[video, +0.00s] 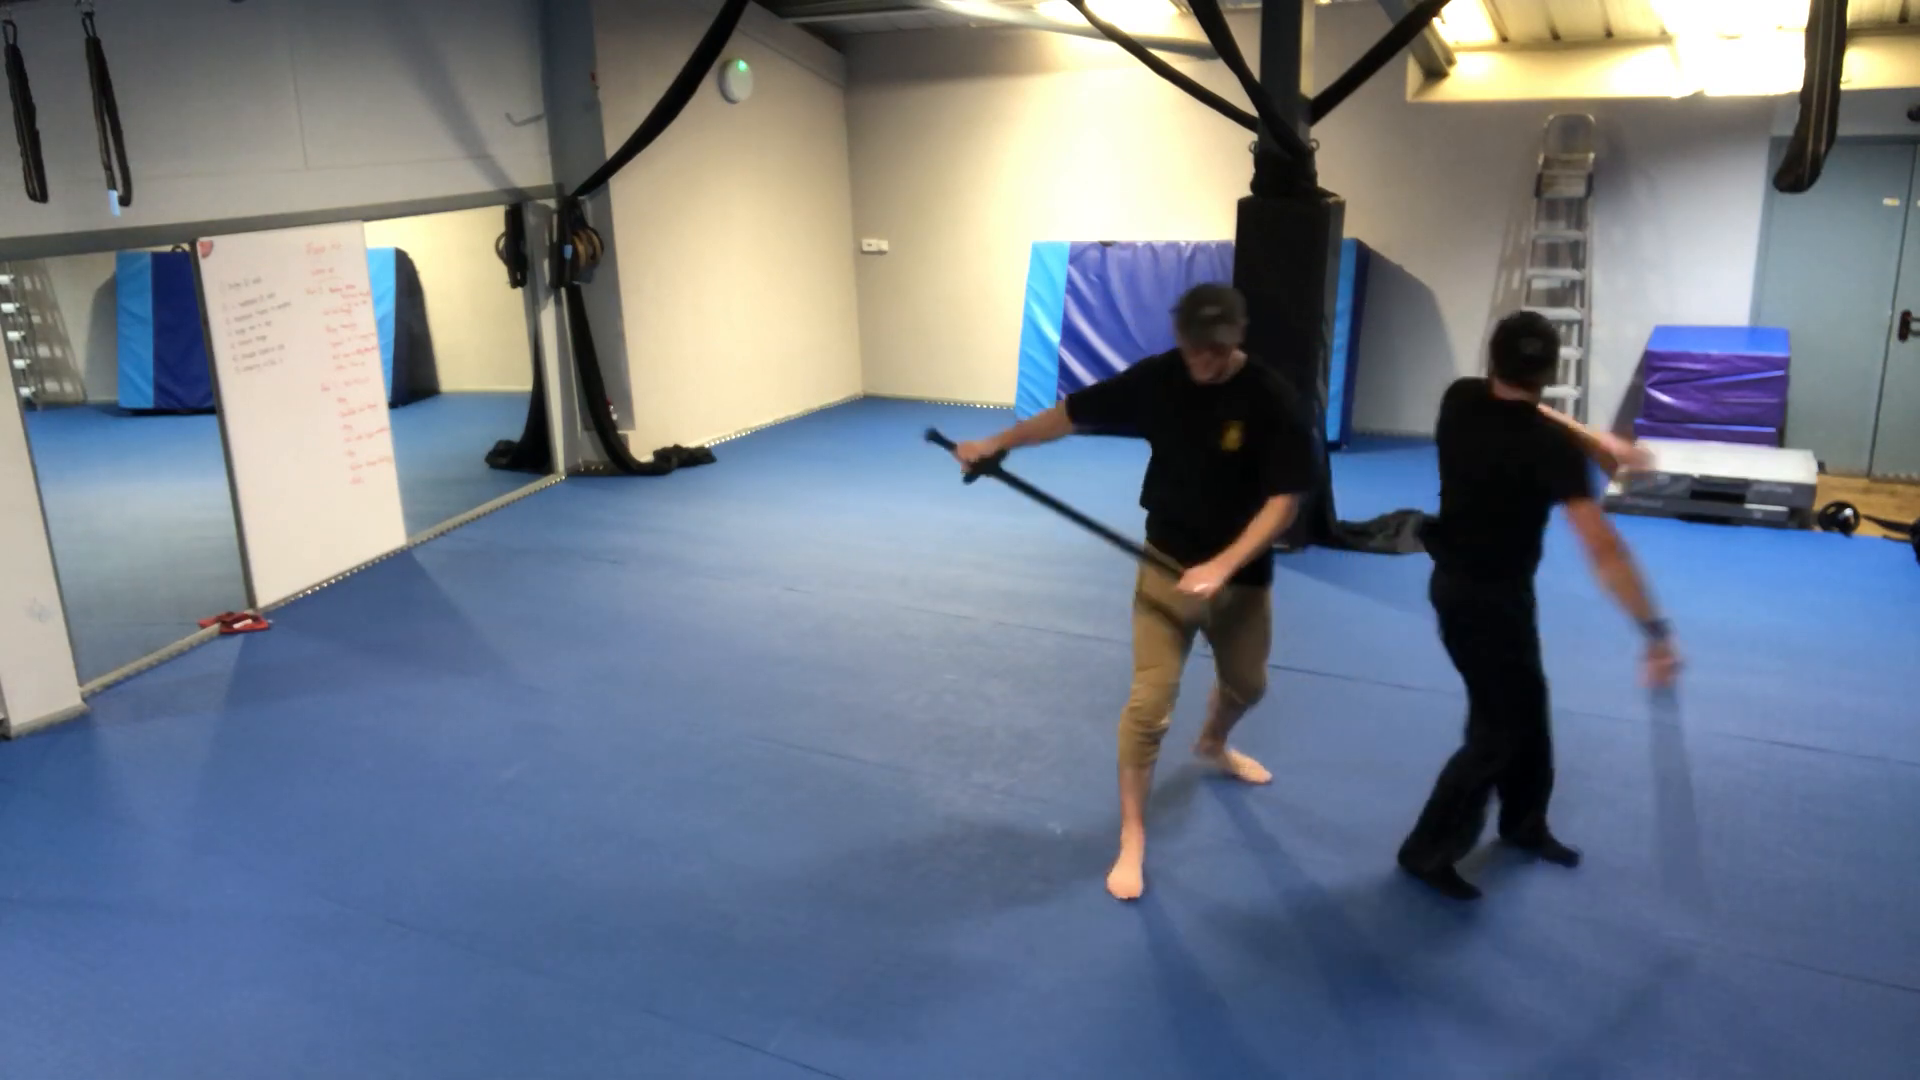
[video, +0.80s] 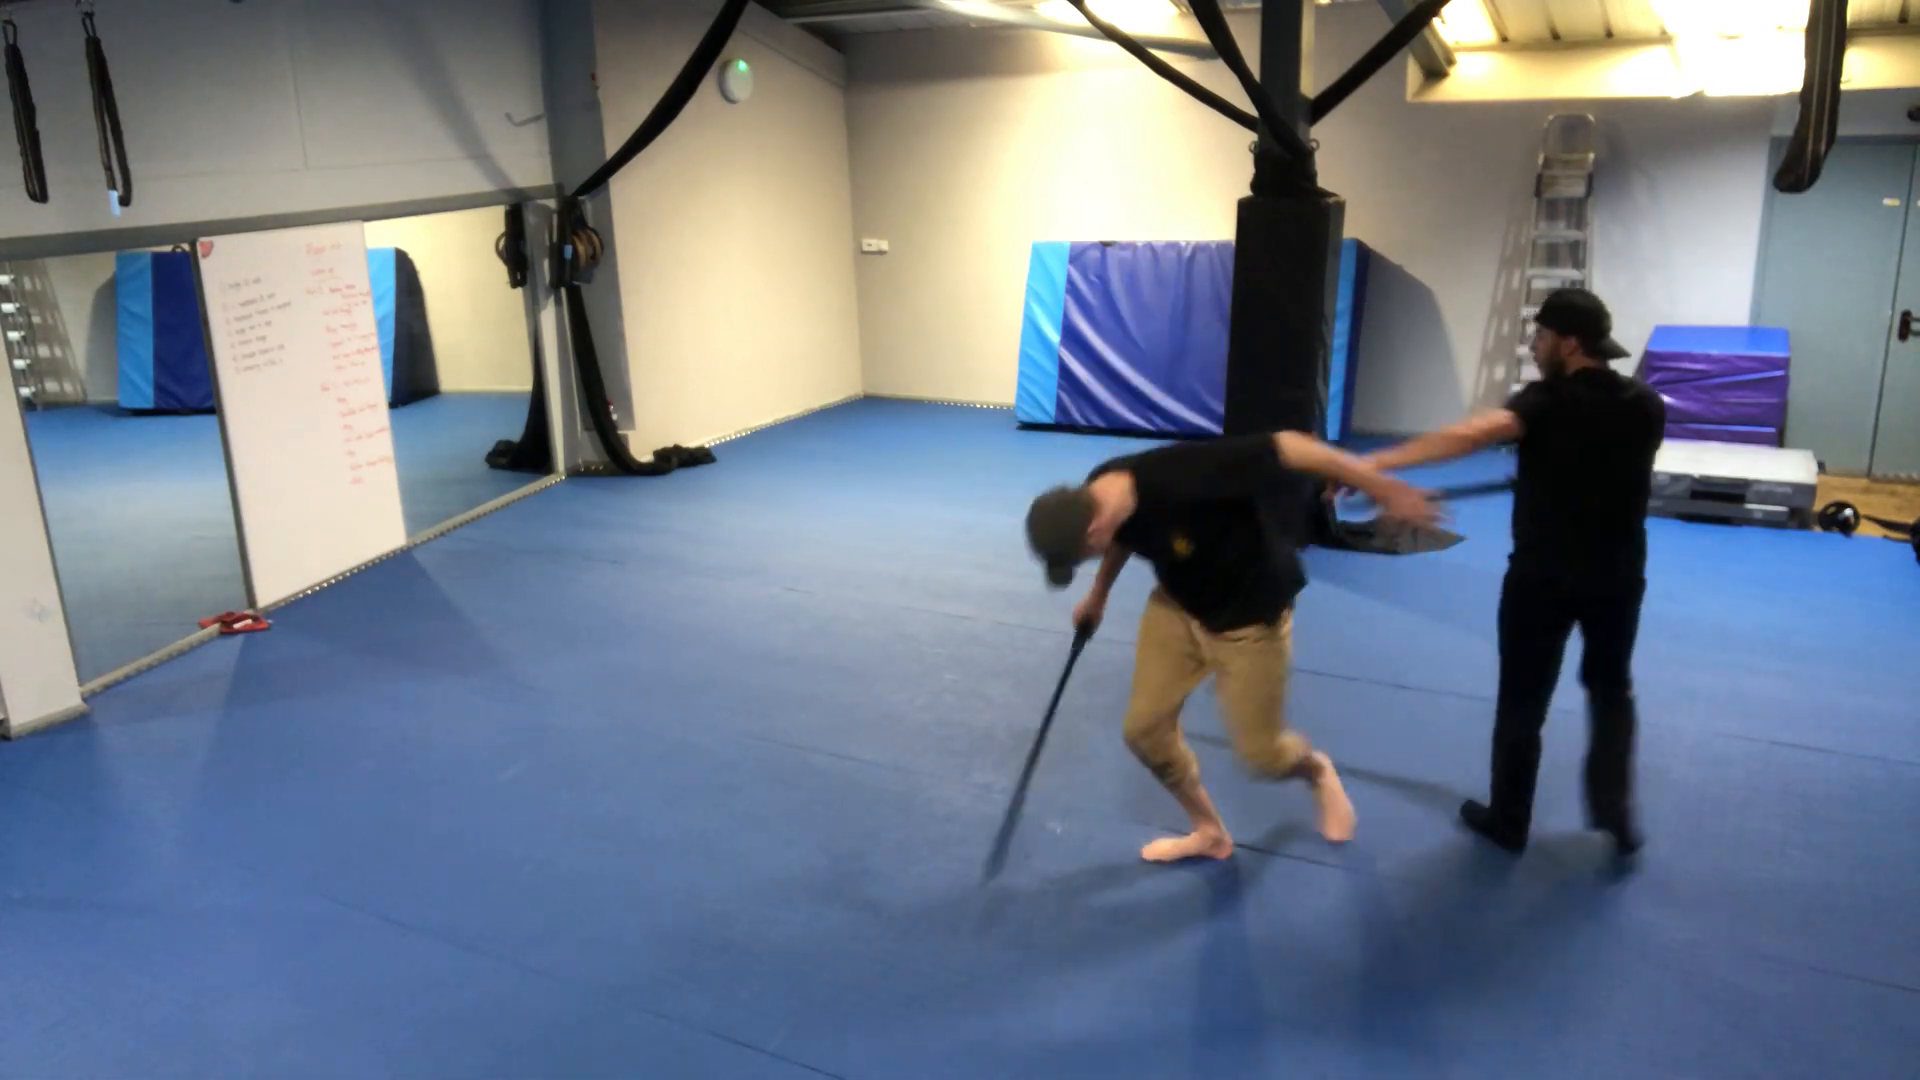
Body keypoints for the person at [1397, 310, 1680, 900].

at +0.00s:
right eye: (1545, 364)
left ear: (1492, 361)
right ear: (1549, 371)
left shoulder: (1460, 399)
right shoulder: (1553, 443)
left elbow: (1530, 415)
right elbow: (1602, 547)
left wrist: (1599, 442)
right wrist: (1653, 630)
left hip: (1456, 584)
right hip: (1499, 601)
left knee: (1521, 705)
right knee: (1498, 728)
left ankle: (1523, 822)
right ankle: (1427, 852)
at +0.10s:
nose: (1482, 370)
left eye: (1485, 361)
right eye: (1486, 361)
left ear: (1500, 367)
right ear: (1549, 370)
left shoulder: (1463, 411)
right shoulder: (1588, 445)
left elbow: (1399, 396)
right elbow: (1652, 534)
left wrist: (1462, 398)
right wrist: (1700, 600)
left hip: (1461, 592)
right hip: (1530, 602)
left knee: (1495, 715)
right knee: (1514, 737)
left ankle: (1522, 822)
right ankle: (1428, 848)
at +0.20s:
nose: (1512, 372)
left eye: (1510, 363)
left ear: (1511, 368)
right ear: (1570, 377)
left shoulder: (1463, 414)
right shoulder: (1596, 445)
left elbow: (1360, 410)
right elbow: (1657, 517)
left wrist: (1406, 417)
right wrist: (1677, 555)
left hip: (1472, 598)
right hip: (1550, 608)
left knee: (1489, 703)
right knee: (1524, 728)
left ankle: (1511, 815)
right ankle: (1463, 866)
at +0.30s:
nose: (1489, 378)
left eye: (1493, 369)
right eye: (1491, 368)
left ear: (1512, 375)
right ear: (1557, 374)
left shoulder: (1476, 428)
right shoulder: (1597, 439)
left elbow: (1372, 433)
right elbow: (1624, 498)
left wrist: (1415, 423)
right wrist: (1611, 525)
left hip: (1479, 610)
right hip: (1558, 621)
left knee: (1479, 713)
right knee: (1528, 751)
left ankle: (1484, 801)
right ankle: (1491, 898)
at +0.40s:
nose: (1501, 376)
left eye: (1504, 367)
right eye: (1504, 366)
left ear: (1519, 372)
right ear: (1568, 371)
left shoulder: (1486, 428)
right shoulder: (1607, 436)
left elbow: (1376, 446)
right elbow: (1621, 447)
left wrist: (1417, 431)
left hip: (1493, 607)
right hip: (1572, 617)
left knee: (1479, 706)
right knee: (1538, 753)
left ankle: (1479, 802)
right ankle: (1490, 898)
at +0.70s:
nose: (1524, 353)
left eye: (1529, 343)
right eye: (1526, 342)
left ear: (1552, 347)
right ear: (1586, 346)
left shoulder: (1525, 406)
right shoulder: (1635, 407)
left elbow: (1434, 428)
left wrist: (1355, 439)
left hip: (1529, 582)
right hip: (1605, 588)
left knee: (1516, 701)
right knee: (1585, 710)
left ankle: (1509, 820)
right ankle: (1552, 835)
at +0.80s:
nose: (1533, 348)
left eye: (1539, 337)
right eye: (1535, 336)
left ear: (1568, 342)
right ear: (1594, 344)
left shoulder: (1544, 402)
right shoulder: (1648, 407)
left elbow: (1466, 437)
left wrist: (1375, 463)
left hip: (1542, 576)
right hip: (1616, 580)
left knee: (1522, 701)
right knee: (1611, 686)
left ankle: (1509, 820)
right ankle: (1616, 815)